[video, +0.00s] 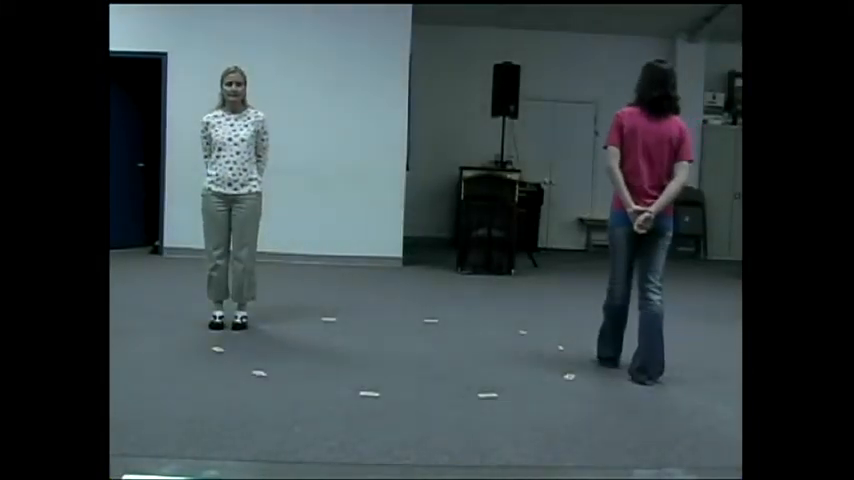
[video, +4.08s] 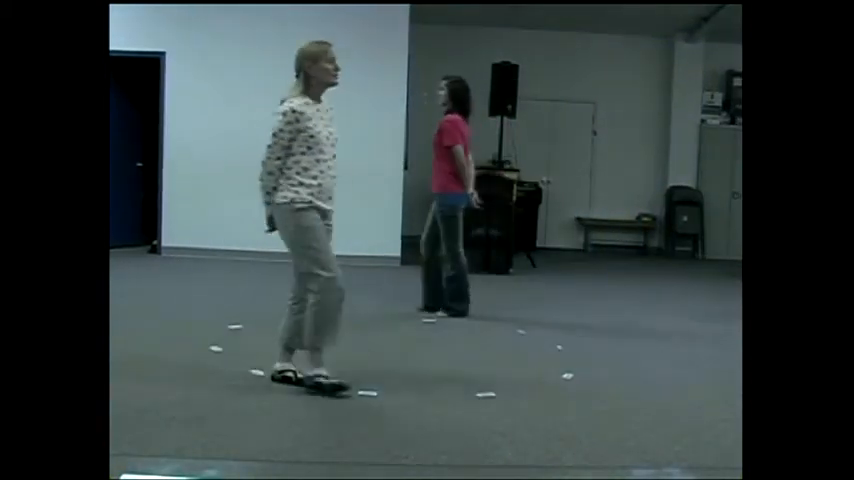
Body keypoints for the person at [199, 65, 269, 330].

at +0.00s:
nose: (234, 89)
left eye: (239, 84)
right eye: (229, 84)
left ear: (245, 87)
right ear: (222, 88)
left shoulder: (257, 119)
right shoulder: (210, 120)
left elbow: (262, 155)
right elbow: (207, 155)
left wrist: (254, 179)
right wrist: (215, 177)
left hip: (247, 191)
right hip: (215, 190)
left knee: (243, 252)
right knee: (217, 252)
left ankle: (241, 309)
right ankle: (217, 309)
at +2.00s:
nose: (235, 86)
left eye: (239, 81)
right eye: (229, 81)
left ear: (246, 86)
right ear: (218, 86)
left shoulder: (255, 125)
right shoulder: (202, 124)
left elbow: (257, 165)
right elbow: (192, 166)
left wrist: (247, 189)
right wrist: (203, 190)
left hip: (247, 204)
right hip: (210, 204)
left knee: (243, 273)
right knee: (215, 270)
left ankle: (233, 338)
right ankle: (207, 314)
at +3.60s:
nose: (287, 74)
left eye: (286, 68)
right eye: (279, 68)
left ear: (280, 75)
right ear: (258, 74)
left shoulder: (285, 115)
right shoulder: (236, 116)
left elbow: (278, 163)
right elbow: (219, 164)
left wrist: (264, 191)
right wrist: (227, 199)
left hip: (279, 211)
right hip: (241, 210)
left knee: (278, 286)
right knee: (232, 282)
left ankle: (282, 360)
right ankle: (214, 345)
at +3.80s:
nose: (309, 71)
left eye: (308, 66)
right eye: (301, 67)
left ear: (299, 75)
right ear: (281, 74)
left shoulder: (306, 115)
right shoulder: (260, 116)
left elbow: (297, 164)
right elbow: (243, 165)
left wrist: (275, 192)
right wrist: (250, 201)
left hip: (304, 211)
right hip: (268, 211)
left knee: (301, 289)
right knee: (275, 288)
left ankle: (286, 364)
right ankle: (229, 332)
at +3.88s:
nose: (315, 73)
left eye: (314, 68)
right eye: (308, 69)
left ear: (304, 77)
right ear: (287, 75)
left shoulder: (311, 118)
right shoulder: (267, 118)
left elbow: (303, 168)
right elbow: (249, 168)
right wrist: (254, 206)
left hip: (307, 212)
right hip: (273, 211)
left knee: (310, 289)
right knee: (291, 289)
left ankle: (286, 364)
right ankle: (240, 331)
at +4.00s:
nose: (329, 69)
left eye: (328, 64)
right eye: (322, 65)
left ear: (319, 72)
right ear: (301, 71)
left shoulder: (319, 114)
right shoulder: (283, 113)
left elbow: (311, 165)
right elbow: (262, 164)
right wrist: (264, 209)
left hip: (316, 207)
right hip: (287, 206)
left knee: (314, 284)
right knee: (318, 282)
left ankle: (287, 359)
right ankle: (283, 354)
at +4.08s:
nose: (336, 69)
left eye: (336, 63)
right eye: (329, 63)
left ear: (324, 71)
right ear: (308, 69)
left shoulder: (323, 110)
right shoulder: (294, 110)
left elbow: (316, 163)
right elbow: (271, 160)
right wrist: (269, 204)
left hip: (319, 207)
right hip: (295, 205)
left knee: (304, 286)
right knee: (326, 280)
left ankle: (285, 362)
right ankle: (314, 367)